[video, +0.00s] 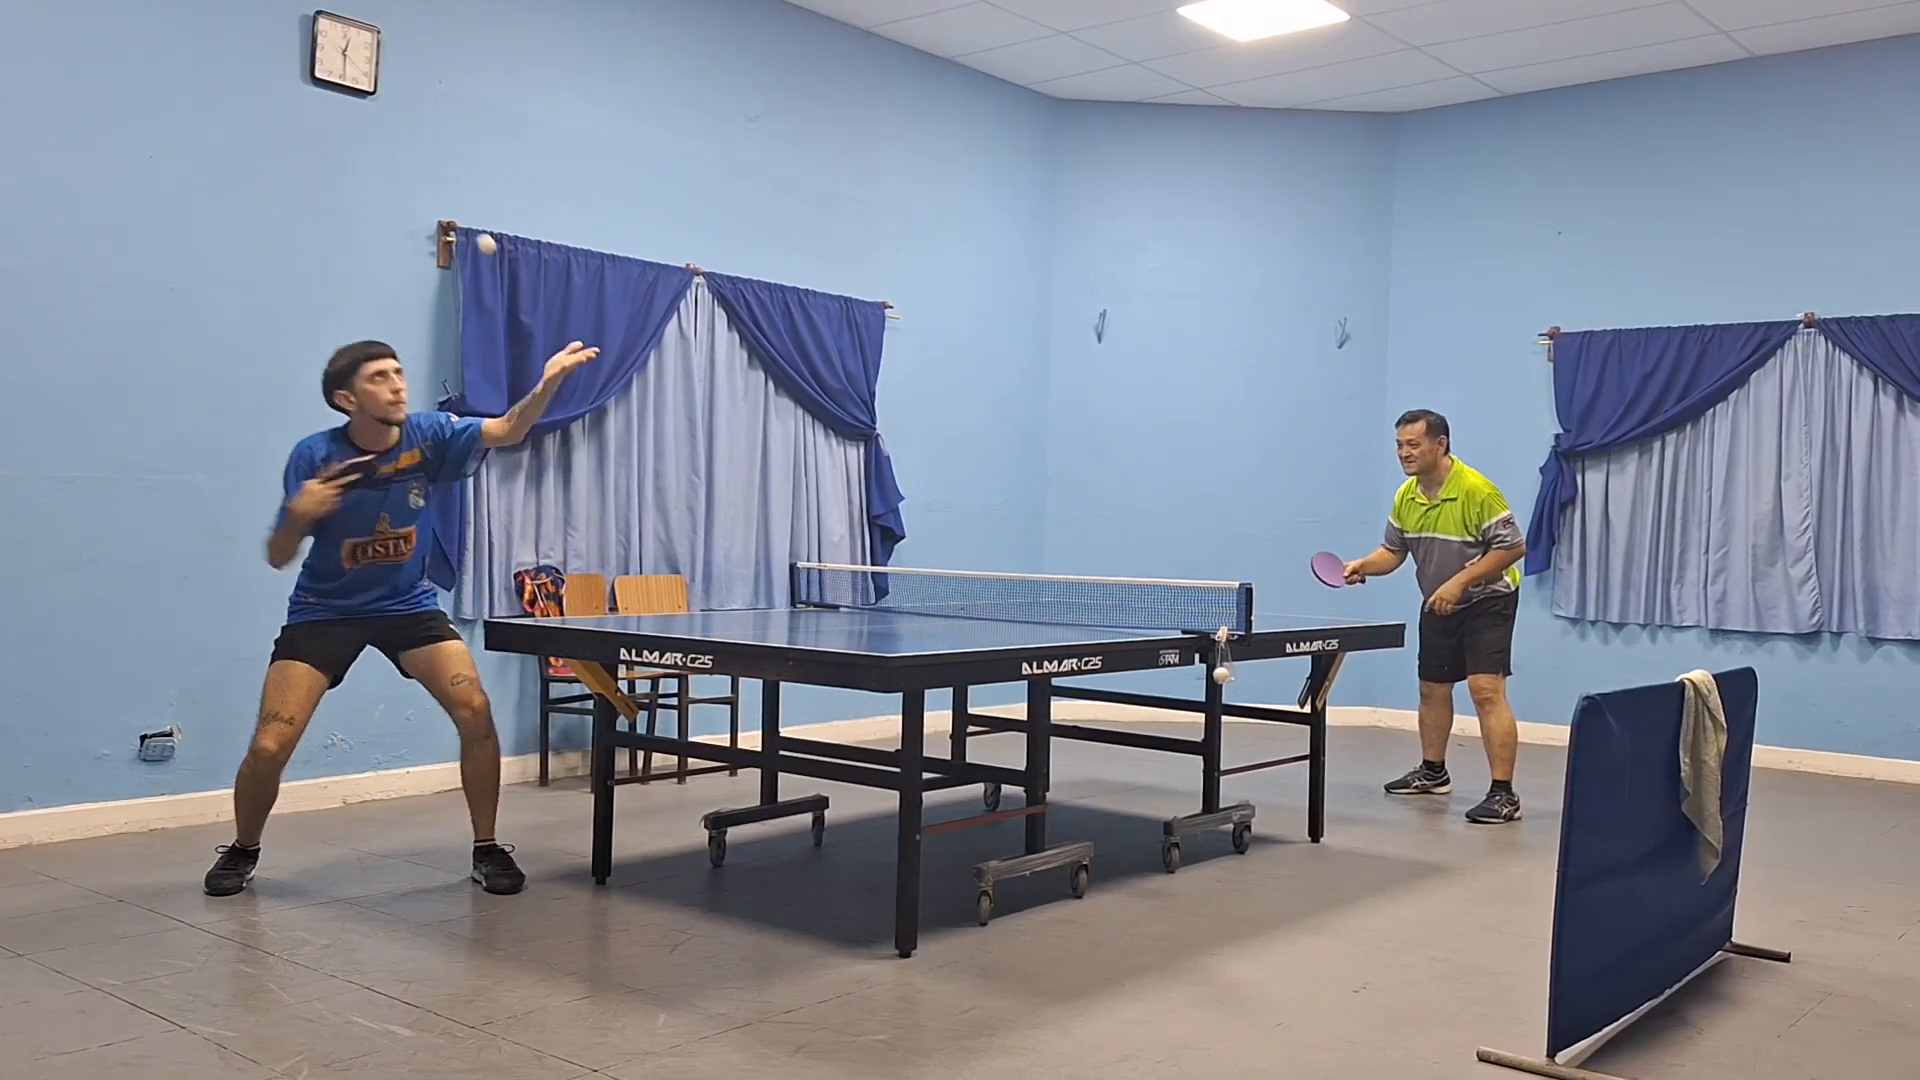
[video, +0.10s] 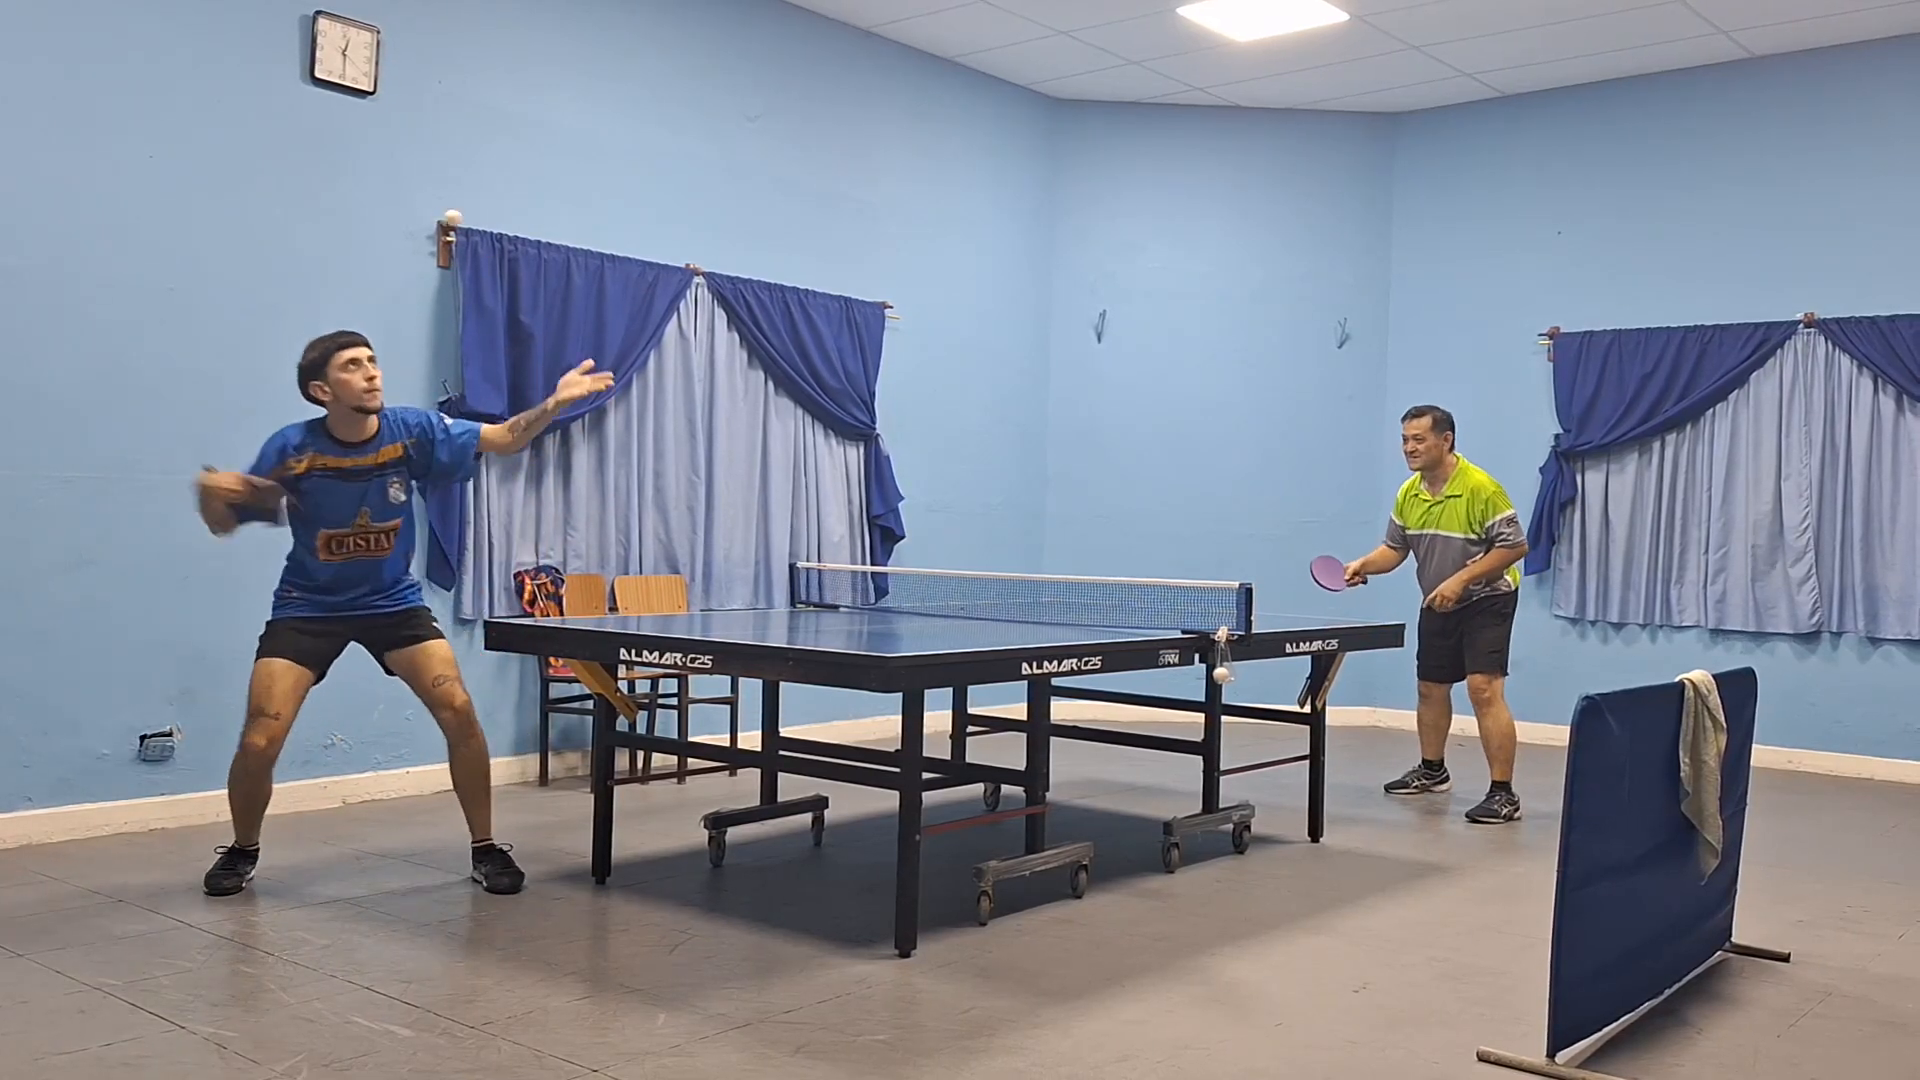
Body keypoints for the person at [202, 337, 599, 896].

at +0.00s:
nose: (396, 385)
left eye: (398, 375)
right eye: (379, 378)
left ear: (405, 385)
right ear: (345, 398)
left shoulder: (431, 433)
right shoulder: (314, 455)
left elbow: (509, 428)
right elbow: (278, 556)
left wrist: (548, 380)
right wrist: (298, 516)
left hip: (408, 604)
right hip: (324, 609)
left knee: (474, 708)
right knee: (268, 747)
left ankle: (487, 849)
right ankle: (243, 849)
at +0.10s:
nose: (370, 373)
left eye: (372, 363)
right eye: (352, 367)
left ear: (381, 375)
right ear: (320, 389)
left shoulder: (413, 429)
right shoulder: (289, 448)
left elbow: (505, 437)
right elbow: (227, 522)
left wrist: (555, 401)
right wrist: (213, 498)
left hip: (394, 600)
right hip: (308, 605)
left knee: (454, 703)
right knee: (260, 738)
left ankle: (485, 849)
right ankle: (241, 851)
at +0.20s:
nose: (357, 367)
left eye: (358, 357)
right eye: (339, 360)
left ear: (366, 370)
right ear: (304, 385)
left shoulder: (400, 431)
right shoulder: (276, 441)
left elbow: (496, 453)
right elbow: (196, 478)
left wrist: (558, 427)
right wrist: (159, 456)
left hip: (375, 598)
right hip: (288, 602)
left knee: (443, 703)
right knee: (246, 739)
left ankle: (480, 845)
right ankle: (243, 850)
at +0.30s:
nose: (361, 371)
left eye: (362, 361)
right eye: (344, 366)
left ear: (367, 374)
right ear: (309, 388)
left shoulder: (395, 437)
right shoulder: (273, 438)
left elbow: (473, 475)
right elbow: (180, 465)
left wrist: (552, 463)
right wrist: (115, 419)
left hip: (358, 596)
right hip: (274, 599)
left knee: (445, 691)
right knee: (239, 737)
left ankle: (449, 828)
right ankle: (241, 851)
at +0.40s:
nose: (387, 386)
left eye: (384, 376)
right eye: (371, 381)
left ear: (382, 390)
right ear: (334, 403)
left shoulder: (402, 451)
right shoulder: (284, 445)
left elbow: (456, 501)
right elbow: (185, 476)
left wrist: (538, 503)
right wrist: (122, 416)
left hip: (347, 596)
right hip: (266, 600)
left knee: (447, 672)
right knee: (235, 747)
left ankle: (382, 786)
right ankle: (242, 851)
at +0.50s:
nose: (432, 422)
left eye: (428, 411)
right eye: (417, 414)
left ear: (384, 430)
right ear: (374, 430)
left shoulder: (416, 474)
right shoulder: (308, 449)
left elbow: (448, 521)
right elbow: (200, 453)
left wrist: (523, 533)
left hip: (335, 609)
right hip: (257, 610)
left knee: (435, 684)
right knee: (240, 759)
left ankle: (353, 802)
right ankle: (242, 849)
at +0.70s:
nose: (496, 475)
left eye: (497, 463)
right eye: (491, 462)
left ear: (455, 461)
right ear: (455, 460)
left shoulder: (416, 505)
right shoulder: (379, 459)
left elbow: (409, 538)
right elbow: (283, 445)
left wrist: (480, 556)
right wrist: (366, 503)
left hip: (323, 615)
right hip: (254, 610)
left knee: (416, 708)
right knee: (271, 759)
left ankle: (377, 850)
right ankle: (203, 814)